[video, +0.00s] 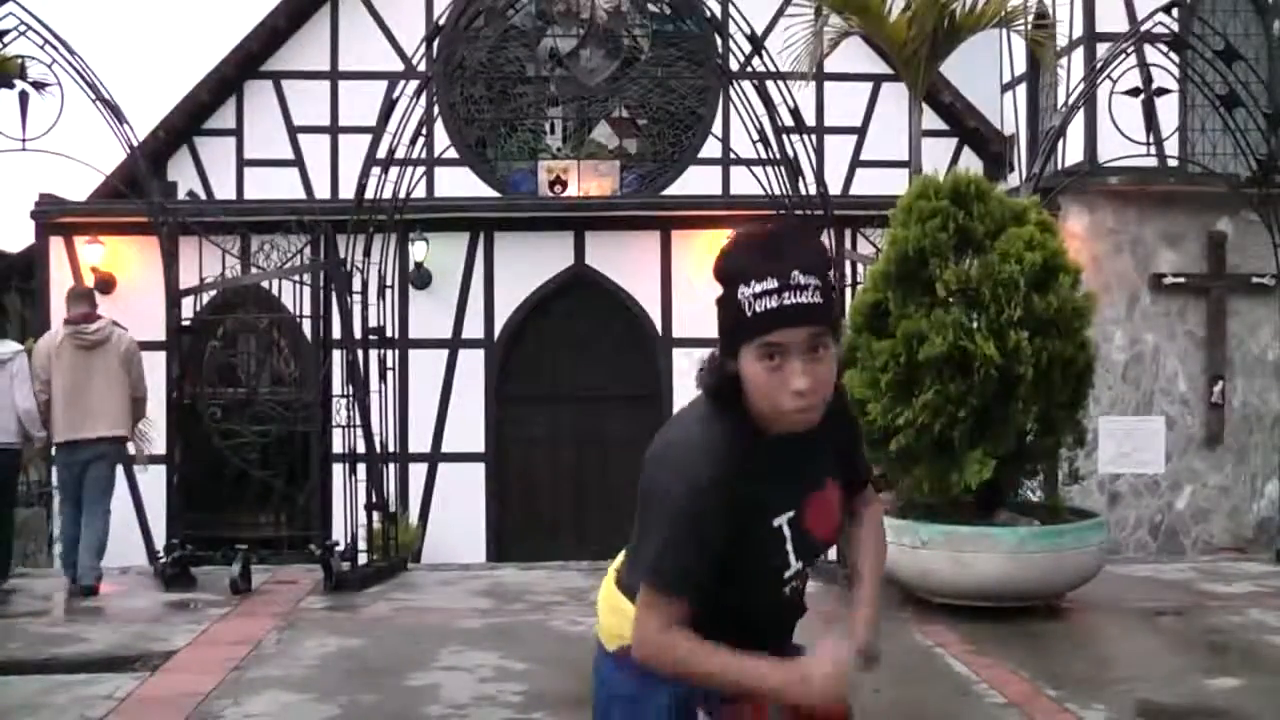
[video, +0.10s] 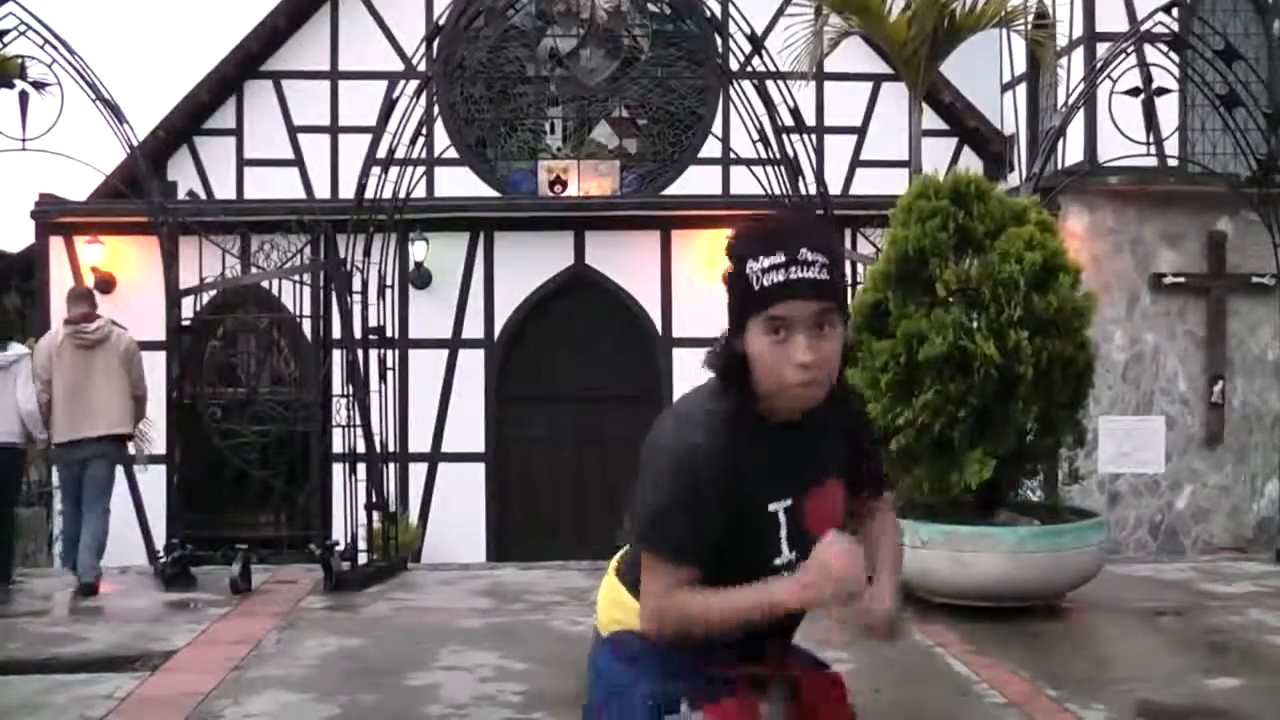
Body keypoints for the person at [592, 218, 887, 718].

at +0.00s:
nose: (800, 379)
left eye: (816, 352)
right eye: (773, 356)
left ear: (836, 349)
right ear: (733, 360)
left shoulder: (830, 414)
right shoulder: (694, 459)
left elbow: (862, 507)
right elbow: (651, 640)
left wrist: (864, 615)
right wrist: (790, 679)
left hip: (759, 646)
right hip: (655, 662)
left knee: (829, 704)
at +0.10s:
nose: (806, 354)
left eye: (823, 326)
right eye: (778, 329)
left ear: (844, 329)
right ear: (740, 337)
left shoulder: (840, 412)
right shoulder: (690, 439)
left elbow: (873, 504)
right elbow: (660, 613)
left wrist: (883, 589)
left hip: (758, 641)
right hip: (653, 650)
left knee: (829, 699)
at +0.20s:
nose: (808, 327)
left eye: (825, 304)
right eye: (783, 306)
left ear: (848, 314)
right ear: (746, 316)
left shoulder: (845, 404)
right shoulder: (694, 415)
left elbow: (880, 491)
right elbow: (656, 579)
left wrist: (892, 542)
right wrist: (798, 561)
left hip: (767, 634)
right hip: (660, 637)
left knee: (825, 704)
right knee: (657, 707)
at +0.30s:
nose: (809, 302)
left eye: (826, 279)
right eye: (784, 281)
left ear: (850, 288)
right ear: (748, 292)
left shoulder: (853, 389)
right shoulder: (699, 397)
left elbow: (898, 520)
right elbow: (648, 550)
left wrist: (901, 497)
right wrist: (785, 573)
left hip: (785, 642)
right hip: (678, 642)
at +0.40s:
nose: (811, 279)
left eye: (827, 259)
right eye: (787, 263)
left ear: (849, 272)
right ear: (756, 280)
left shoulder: (861, 383)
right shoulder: (711, 381)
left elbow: (916, 523)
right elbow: (642, 518)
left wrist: (896, 481)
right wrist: (757, 578)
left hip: (813, 643)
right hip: (703, 643)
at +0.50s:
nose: (815, 272)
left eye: (832, 253)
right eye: (793, 257)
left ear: (855, 267)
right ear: (764, 275)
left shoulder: (874, 380)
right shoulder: (718, 372)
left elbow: (926, 507)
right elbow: (648, 500)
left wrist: (888, 510)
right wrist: (754, 536)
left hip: (822, 607)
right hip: (713, 602)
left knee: (851, 702)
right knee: (727, 693)